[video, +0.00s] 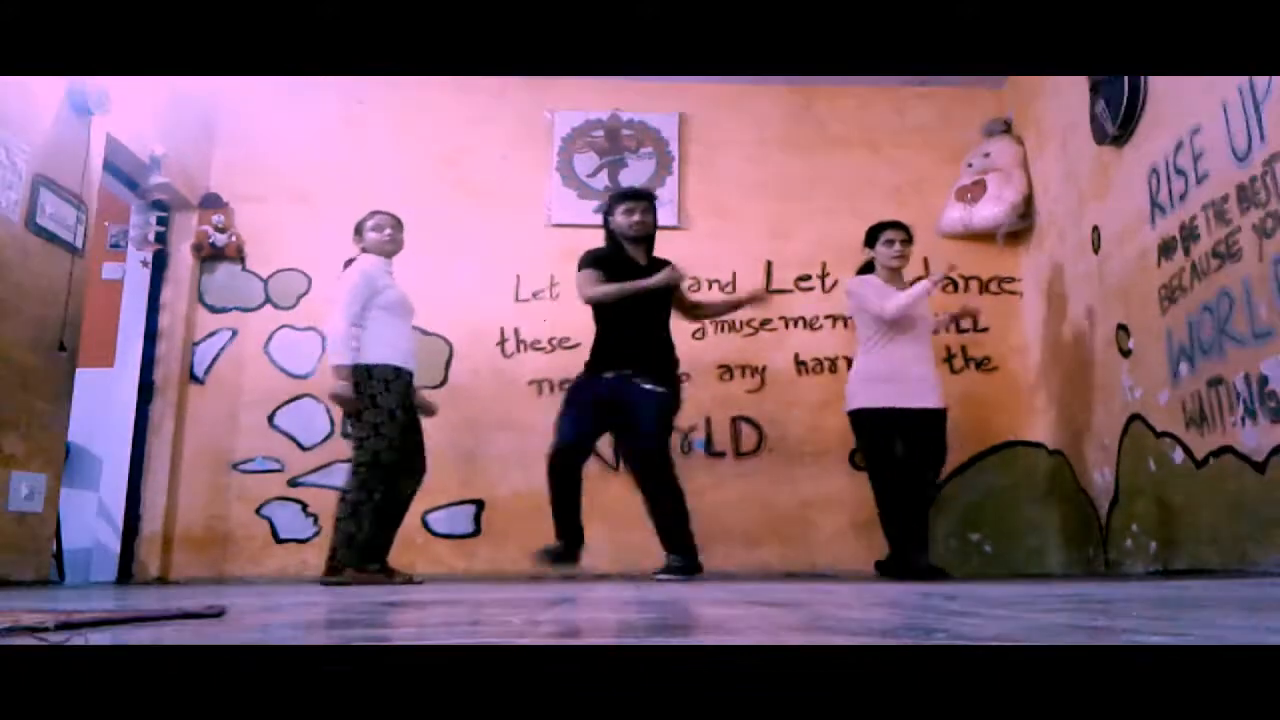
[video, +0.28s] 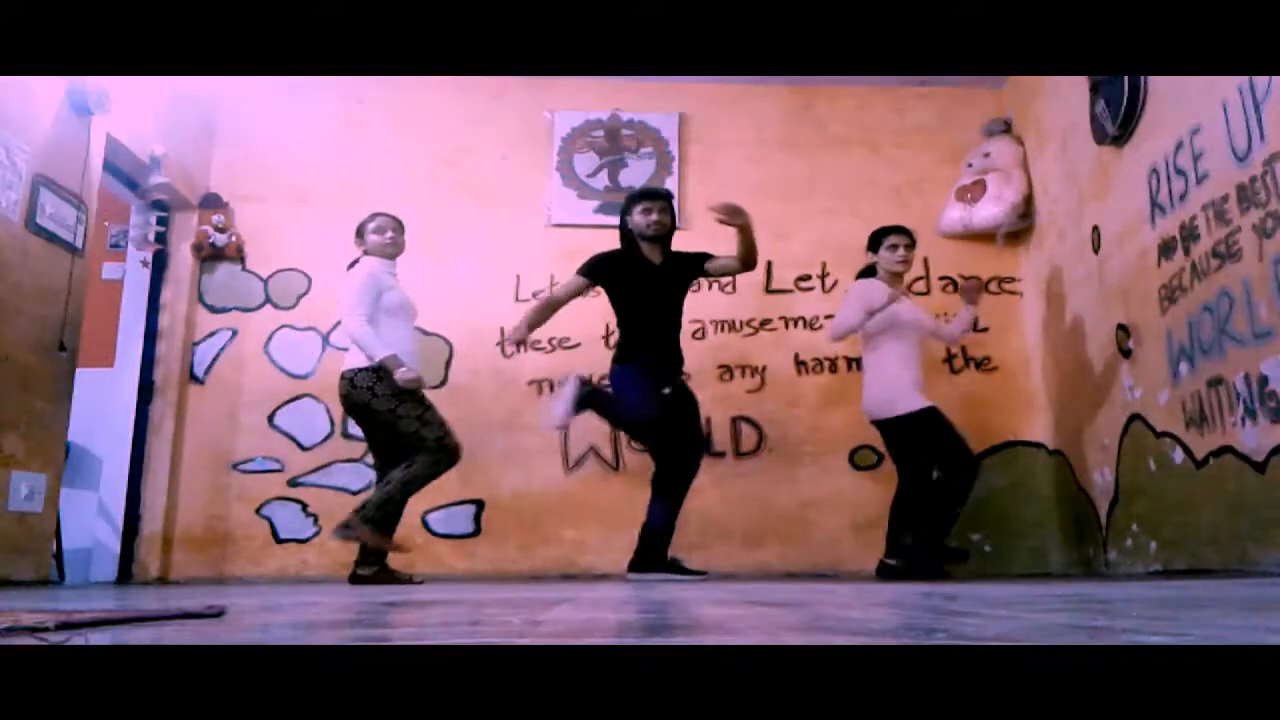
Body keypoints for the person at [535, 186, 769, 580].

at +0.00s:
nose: (637, 219)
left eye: (644, 213)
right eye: (627, 213)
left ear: (655, 221)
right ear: (609, 220)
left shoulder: (663, 270)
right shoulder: (596, 259)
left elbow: (690, 310)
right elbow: (590, 293)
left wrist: (742, 301)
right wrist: (654, 283)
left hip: (651, 380)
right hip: (602, 378)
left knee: (650, 464)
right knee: (563, 456)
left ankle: (683, 556)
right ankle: (568, 544)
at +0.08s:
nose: (644, 216)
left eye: (651, 210)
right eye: (635, 210)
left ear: (661, 218)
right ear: (617, 218)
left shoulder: (670, 268)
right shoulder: (603, 259)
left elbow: (725, 298)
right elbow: (576, 294)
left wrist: (760, 280)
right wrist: (613, 296)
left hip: (662, 375)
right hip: (611, 373)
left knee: (673, 467)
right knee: (602, 437)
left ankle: (674, 556)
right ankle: (569, 508)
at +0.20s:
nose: (653, 216)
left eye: (660, 211)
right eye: (643, 211)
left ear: (670, 220)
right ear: (626, 220)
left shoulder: (683, 261)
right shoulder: (608, 261)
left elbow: (755, 267)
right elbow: (557, 292)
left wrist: (761, 236)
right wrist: (540, 314)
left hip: (662, 375)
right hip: (627, 373)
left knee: (679, 453)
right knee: (660, 436)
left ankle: (650, 554)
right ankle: (567, 415)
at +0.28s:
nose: (655, 217)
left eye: (662, 212)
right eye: (645, 212)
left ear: (672, 221)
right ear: (628, 222)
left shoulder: (683, 264)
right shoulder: (612, 263)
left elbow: (744, 263)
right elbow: (556, 299)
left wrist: (743, 226)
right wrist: (524, 327)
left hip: (670, 378)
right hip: (631, 375)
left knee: (684, 456)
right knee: (654, 435)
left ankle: (650, 554)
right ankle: (590, 397)